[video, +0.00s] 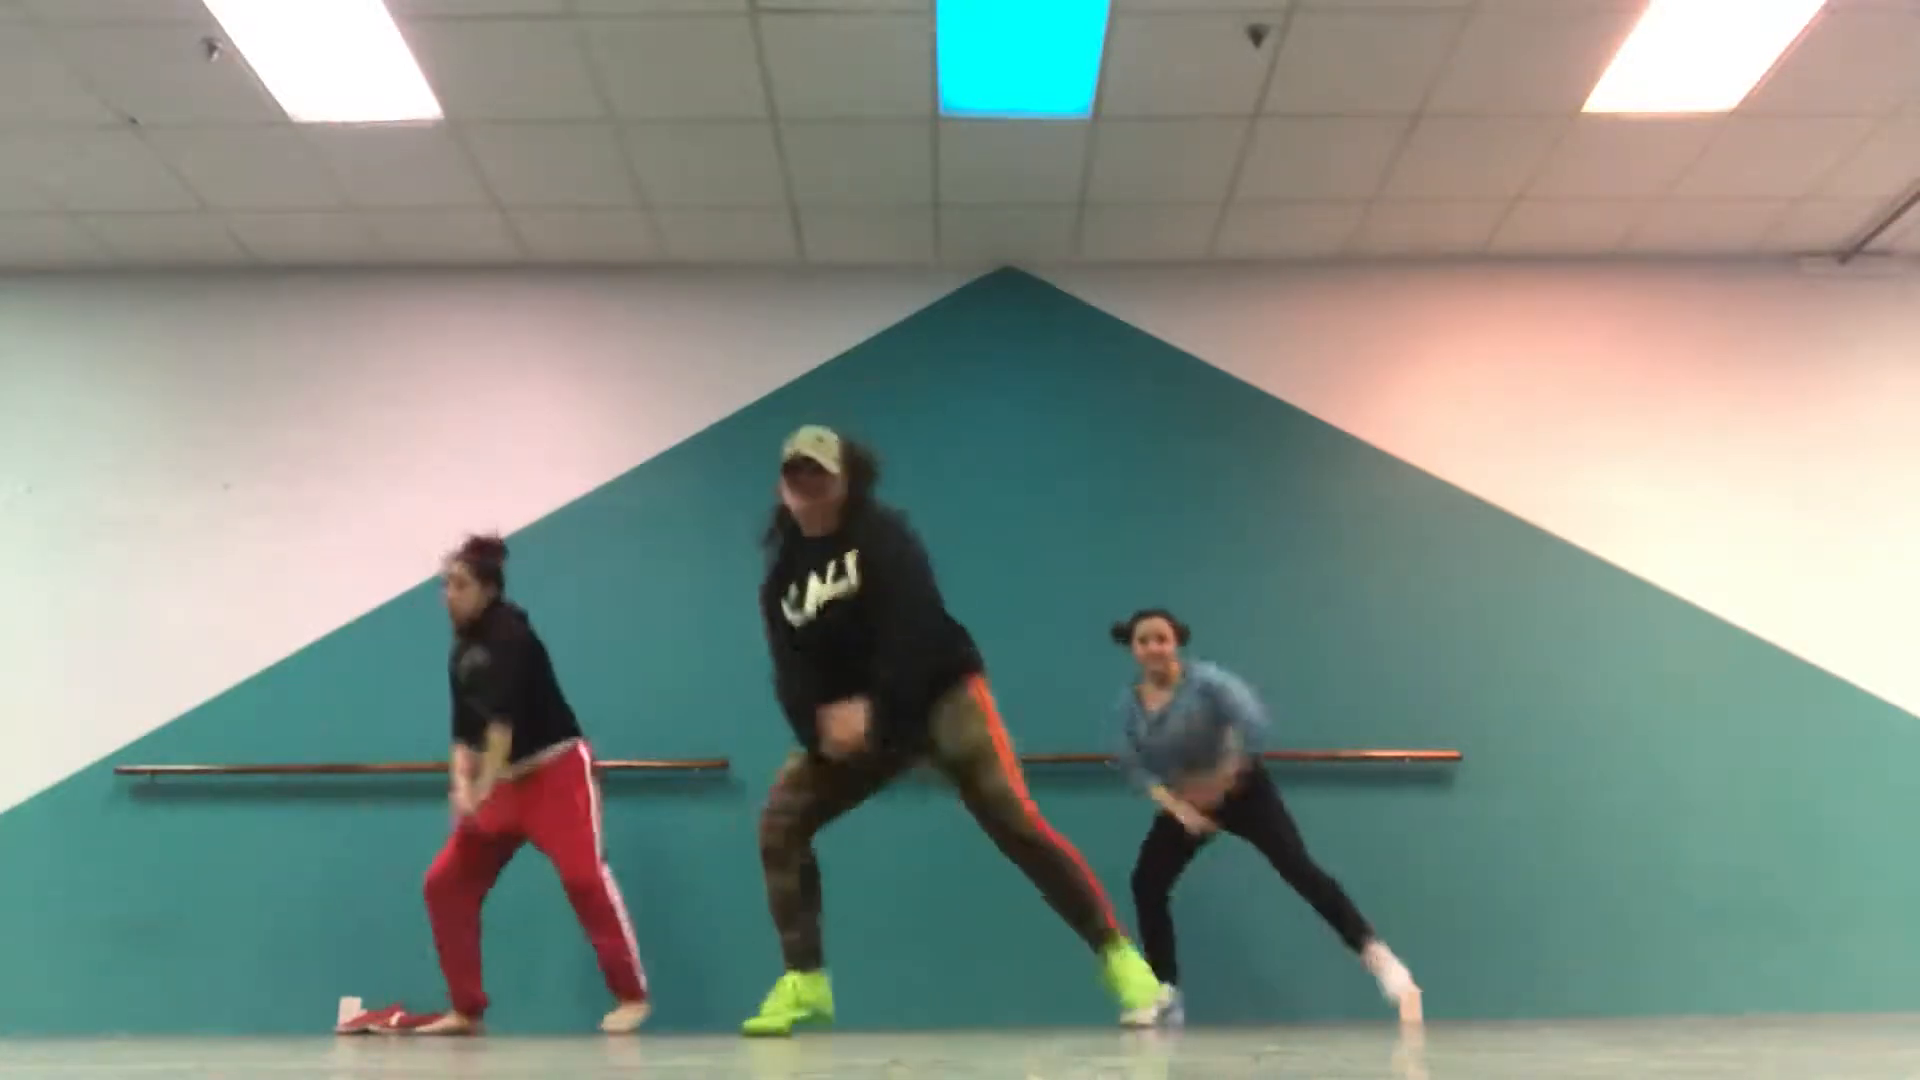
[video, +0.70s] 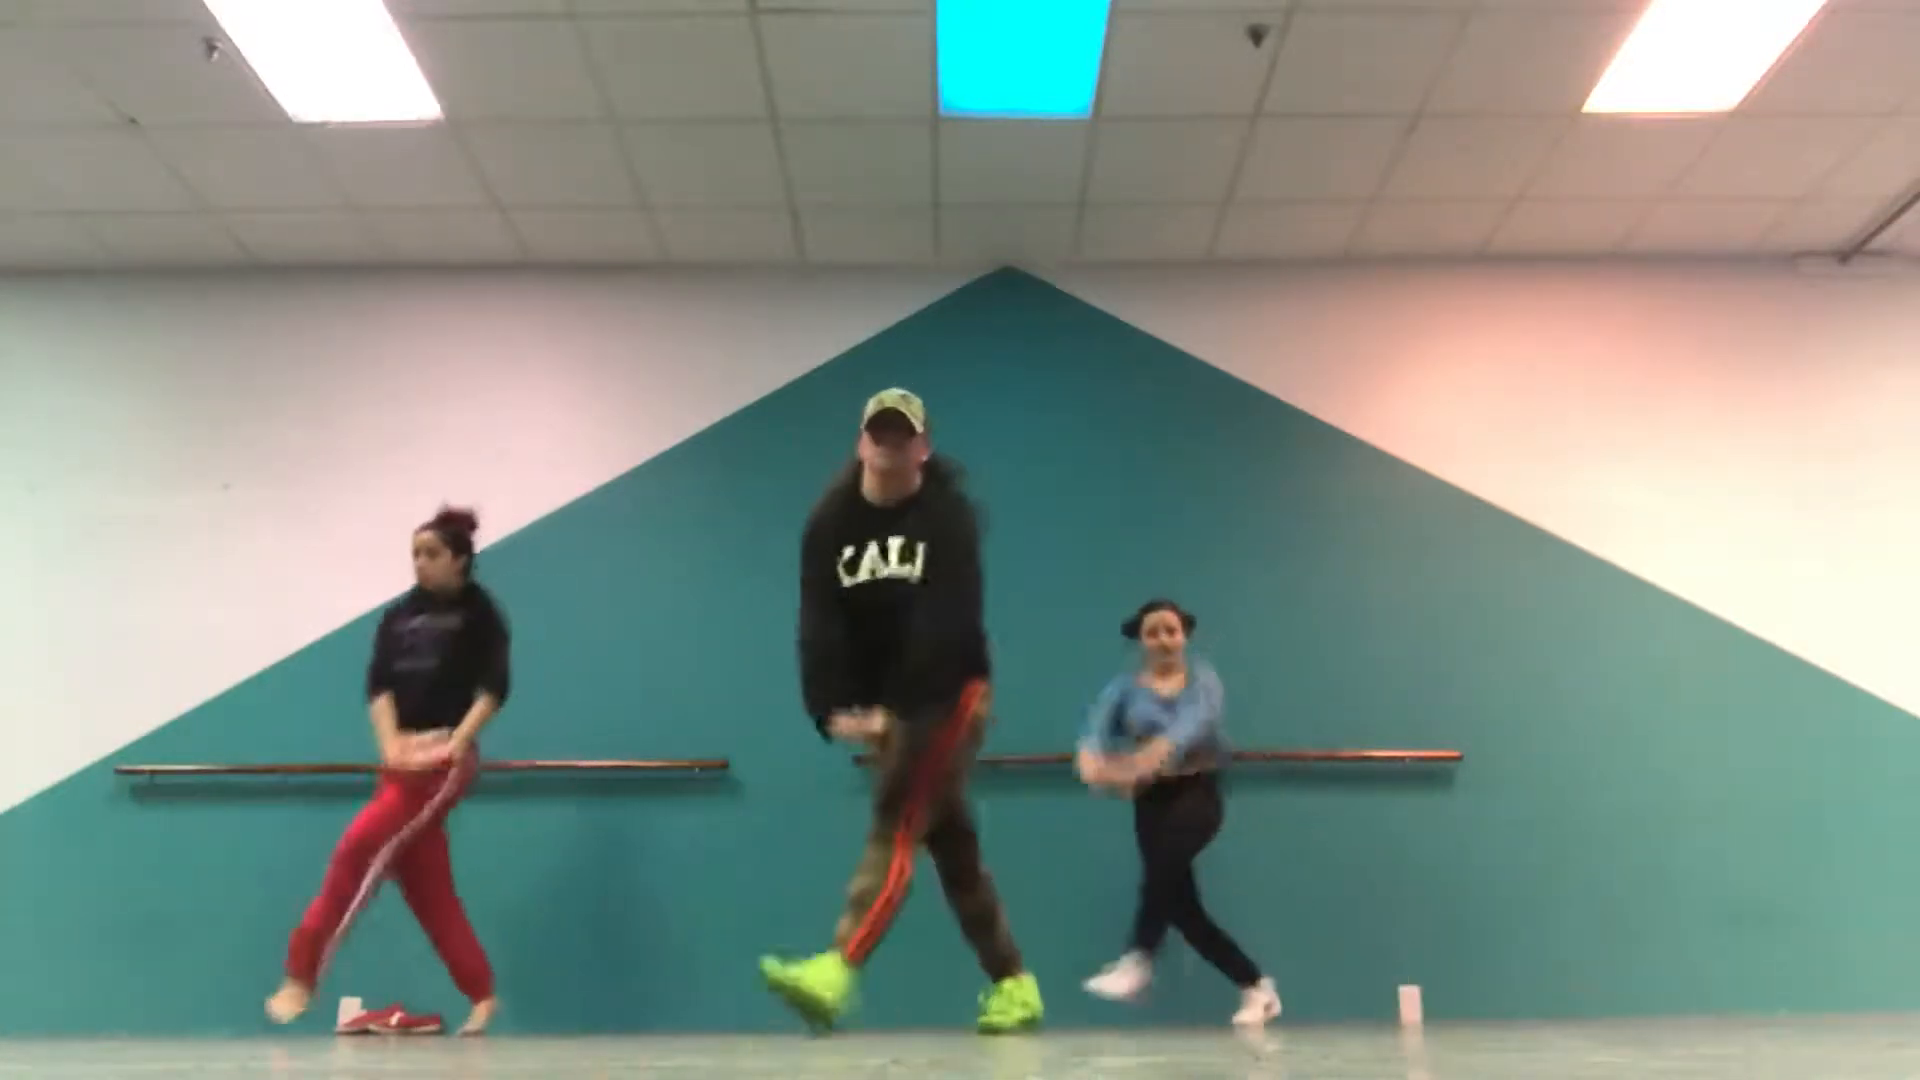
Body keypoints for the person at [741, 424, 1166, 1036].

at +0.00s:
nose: (803, 489)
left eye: (817, 476)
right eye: (792, 477)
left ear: (847, 483)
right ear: (781, 488)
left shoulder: (883, 535)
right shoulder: (781, 576)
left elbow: (913, 628)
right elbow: (789, 667)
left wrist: (878, 709)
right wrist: (817, 723)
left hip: (944, 696)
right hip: (864, 719)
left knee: (1013, 822)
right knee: (781, 824)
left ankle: (1118, 957)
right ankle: (805, 981)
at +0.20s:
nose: (843, 481)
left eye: (855, 468)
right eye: (833, 469)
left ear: (880, 471)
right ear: (821, 478)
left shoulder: (910, 520)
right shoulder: (822, 558)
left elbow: (925, 610)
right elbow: (805, 638)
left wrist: (877, 693)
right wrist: (837, 698)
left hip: (979, 695)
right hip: (904, 716)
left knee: (1038, 821)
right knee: (819, 814)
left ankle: (1147, 975)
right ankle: (811, 988)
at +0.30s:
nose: (856, 449)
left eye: (869, 435)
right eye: (846, 436)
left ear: (894, 442)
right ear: (833, 447)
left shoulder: (922, 482)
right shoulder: (827, 508)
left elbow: (946, 523)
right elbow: (763, 559)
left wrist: (861, 564)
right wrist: (809, 561)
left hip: (985, 649)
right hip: (917, 673)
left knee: (1002, 778)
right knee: (868, 800)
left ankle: (1122, 909)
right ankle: (891, 962)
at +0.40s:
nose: (879, 450)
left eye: (890, 438)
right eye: (869, 440)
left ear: (914, 441)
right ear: (853, 450)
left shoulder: (936, 489)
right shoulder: (835, 518)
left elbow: (938, 466)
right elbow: (758, 498)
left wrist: (862, 488)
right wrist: (812, 499)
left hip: (986, 655)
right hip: (917, 689)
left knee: (944, 731)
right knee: (925, 839)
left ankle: (1054, 779)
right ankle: (993, 972)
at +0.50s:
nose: (893, 451)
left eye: (904, 441)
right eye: (882, 440)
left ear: (924, 450)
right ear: (865, 451)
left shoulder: (952, 492)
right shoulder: (844, 505)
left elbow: (948, 520)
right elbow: (765, 522)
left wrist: (868, 544)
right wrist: (817, 548)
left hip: (986, 668)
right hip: (912, 693)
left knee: (898, 723)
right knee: (945, 858)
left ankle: (1008, 785)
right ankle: (1009, 982)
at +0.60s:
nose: (894, 438)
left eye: (907, 429)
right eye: (884, 428)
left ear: (928, 442)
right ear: (867, 438)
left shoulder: (956, 499)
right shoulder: (840, 509)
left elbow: (957, 581)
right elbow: (783, 582)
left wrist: (877, 626)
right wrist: (814, 639)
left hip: (973, 668)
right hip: (904, 685)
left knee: (903, 746)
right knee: (947, 842)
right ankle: (1007, 974)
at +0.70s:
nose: (888, 443)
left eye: (901, 434)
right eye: (879, 432)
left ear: (923, 448)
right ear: (861, 442)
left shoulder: (947, 513)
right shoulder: (831, 521)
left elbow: (951, 617)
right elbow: (819, 617)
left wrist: (900, 701)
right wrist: (830, 703)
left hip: (947, 688)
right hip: (878, 695)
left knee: (896, 816)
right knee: (953, 844)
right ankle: (1012, 982)